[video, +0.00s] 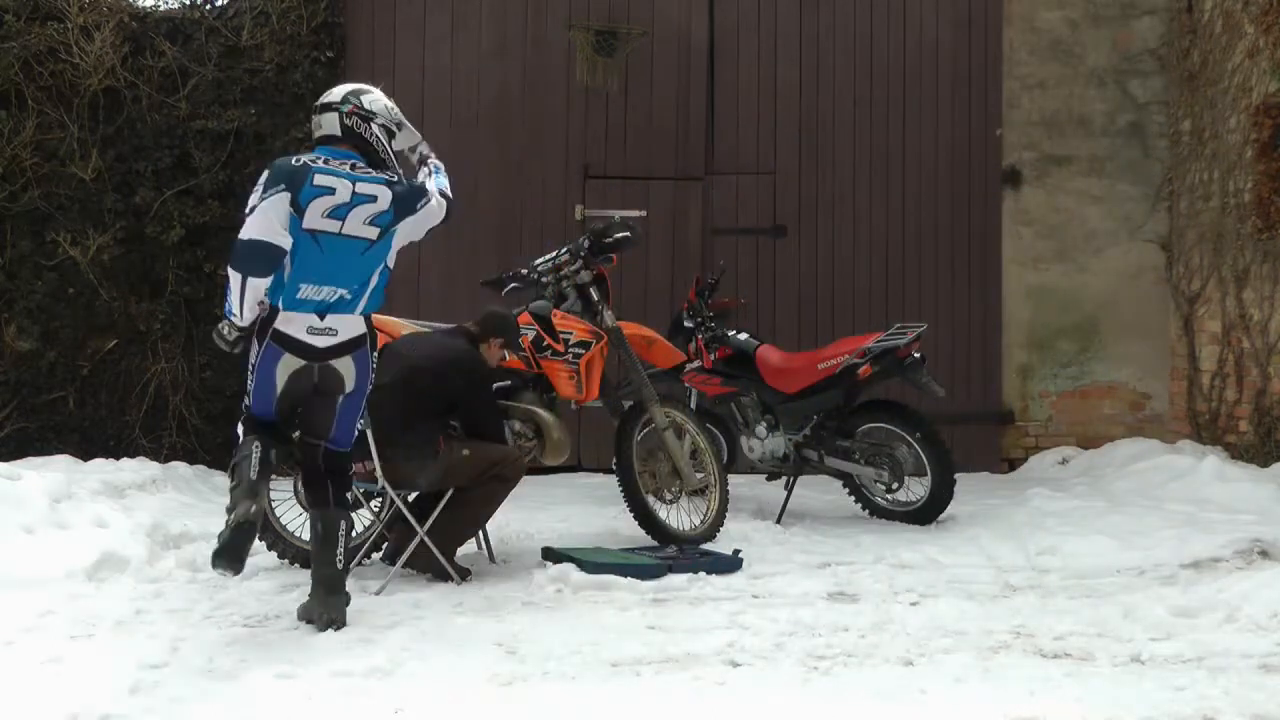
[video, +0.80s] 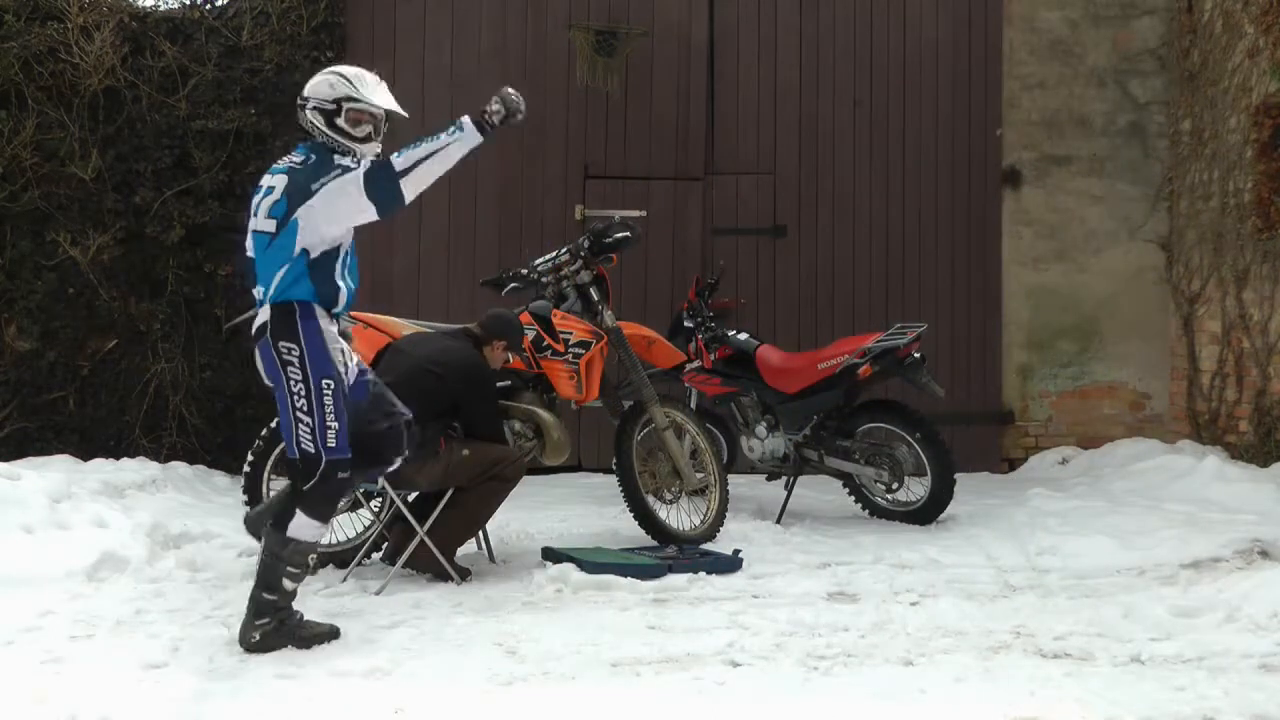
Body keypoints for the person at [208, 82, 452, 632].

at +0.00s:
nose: (386, 144)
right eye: (384, 135)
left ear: (324, 125)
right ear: (375, 134)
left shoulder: (287, 173)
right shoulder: (394, 195)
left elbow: (257, 252)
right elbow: (439, 198)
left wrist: (238, 318)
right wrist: (421, 153)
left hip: (284, 337)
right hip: (351, 347)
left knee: (259, 421)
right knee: (328, 468)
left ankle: (246, 503)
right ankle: (329, 598)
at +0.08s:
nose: (388, 131)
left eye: (386, 121)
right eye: (382, 121)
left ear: (318, 115)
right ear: (359, 118)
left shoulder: (273, 163)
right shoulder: (383, 183)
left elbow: (232, 238)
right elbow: (424, 229)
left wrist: (209, 293)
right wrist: (390, 174)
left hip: (271, 328)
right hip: (339, 335)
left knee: (254, 440)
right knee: (328, 460)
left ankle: (221, 554)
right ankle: (327, 596)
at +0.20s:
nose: (374, 127)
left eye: (373, 116)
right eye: (365, 116)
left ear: (305, 116)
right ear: (331, 116)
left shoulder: (250, 162)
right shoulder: (355, 186)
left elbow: (196, 231)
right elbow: (386, 271)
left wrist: (200, 193)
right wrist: (382, 323)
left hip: (251, 338)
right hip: (317, 342)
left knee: (241, 463)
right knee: (327, 461)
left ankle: (213, 603)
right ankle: (329, 592)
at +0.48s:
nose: (360, 144)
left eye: (362, 132)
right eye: (354, 131)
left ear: (298, 123)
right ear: (324, 124)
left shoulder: (251, 167)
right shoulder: (312, 176)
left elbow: (224, 216)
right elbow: (309, 251)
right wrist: (382, 293)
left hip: (236, 335)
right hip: (293, 336)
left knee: (240, 467)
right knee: (341, 437)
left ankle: (211, 607)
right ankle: (296, 539)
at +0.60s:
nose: (355, 116)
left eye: (355, 105)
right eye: (343, 107)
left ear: (292, 117)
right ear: (308, 113)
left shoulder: (263, 169)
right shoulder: (311, 168)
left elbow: (241, 248)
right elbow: (324, 231)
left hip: (252, 334)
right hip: (300, 333)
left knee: (265, 468)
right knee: (339, 468)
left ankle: (214, 603)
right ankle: (274, 604)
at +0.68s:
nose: (360, 120)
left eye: (360, 109)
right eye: (347, 112)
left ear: (306, 126)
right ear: (311, 120)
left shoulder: (277, 171)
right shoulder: (310, 173)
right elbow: (369, 206)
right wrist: (414, 136)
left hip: (274, 328)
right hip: (300, 327)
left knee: (305, 457)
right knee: (334, 466)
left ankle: (225, 574)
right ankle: (272, 610)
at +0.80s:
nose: (371, 132)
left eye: (376, 122)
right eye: (360, 119)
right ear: (327, 117)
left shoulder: (289, 172)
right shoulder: (314, 174)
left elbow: (266, 256)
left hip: (311, 329)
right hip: (299, 331)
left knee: (389, 435)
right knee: (326, 471)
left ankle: (282, 515)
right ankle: (268, 616)